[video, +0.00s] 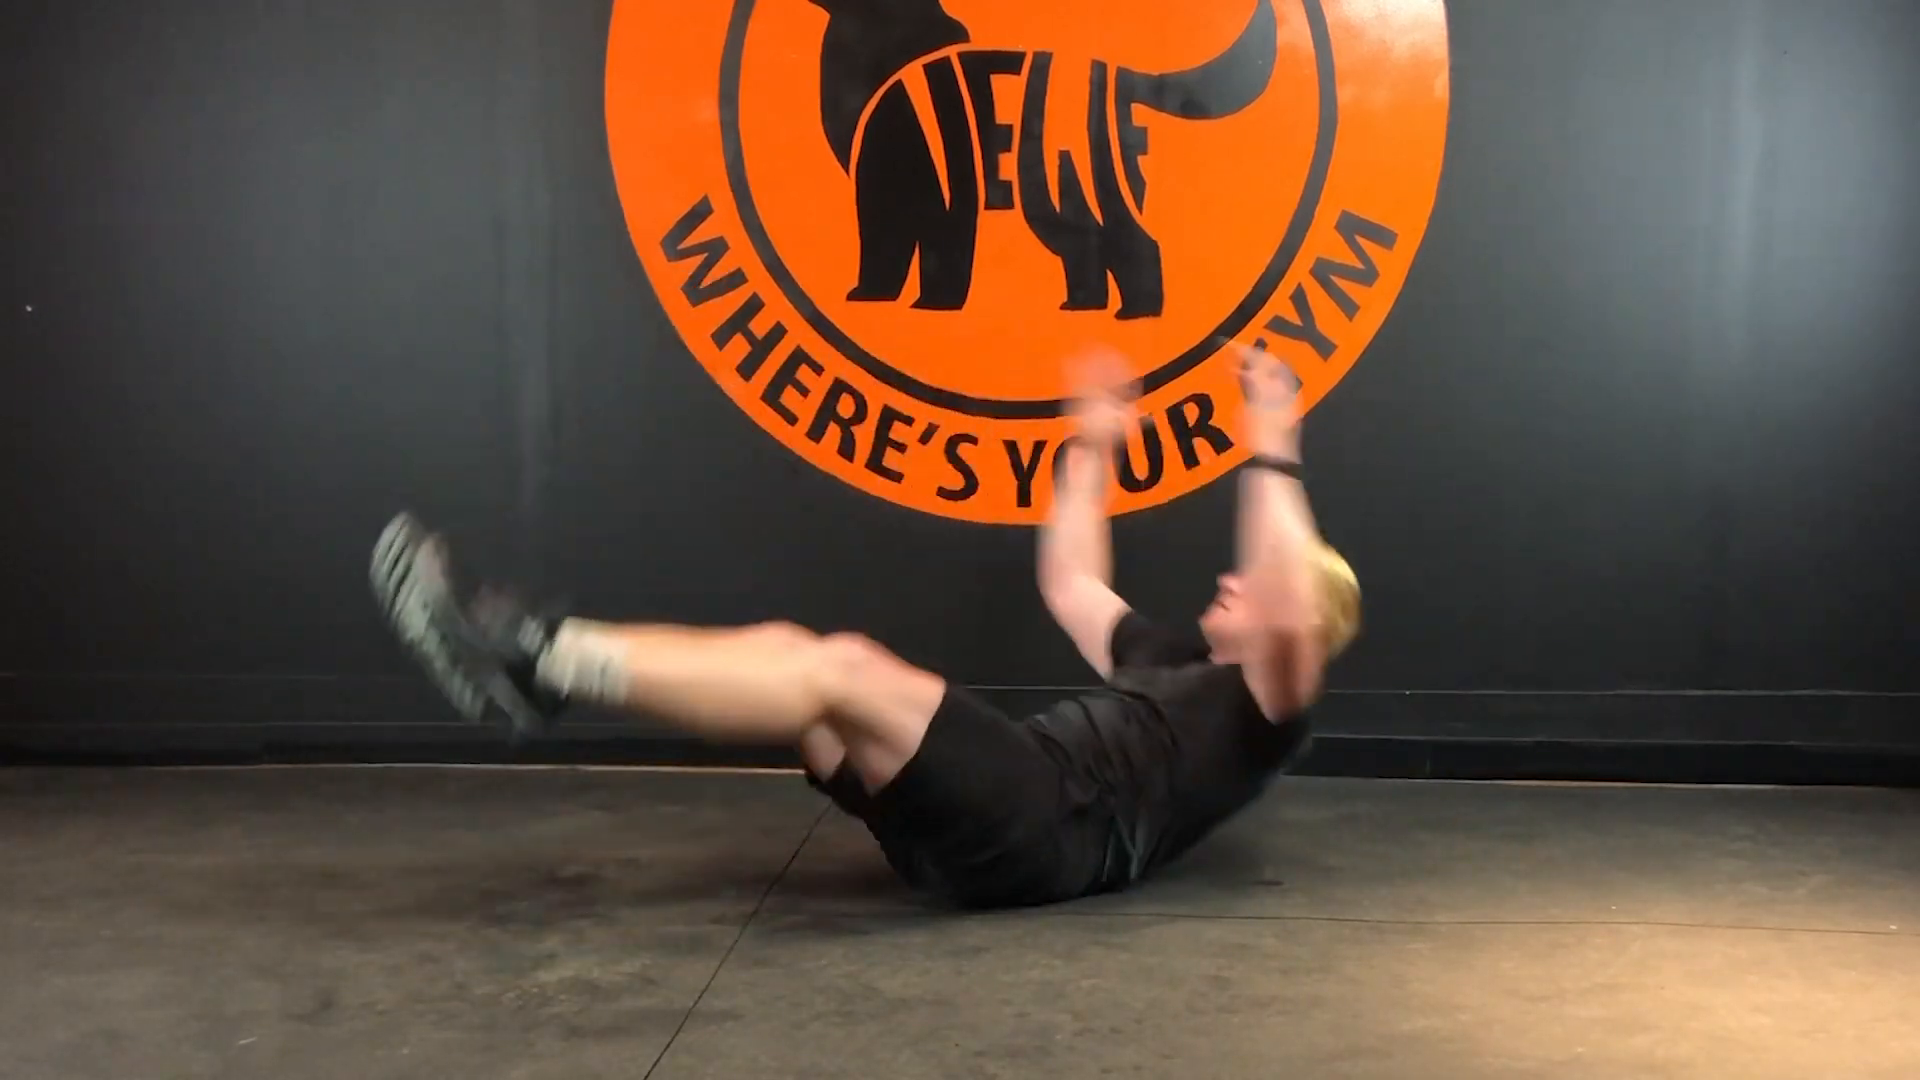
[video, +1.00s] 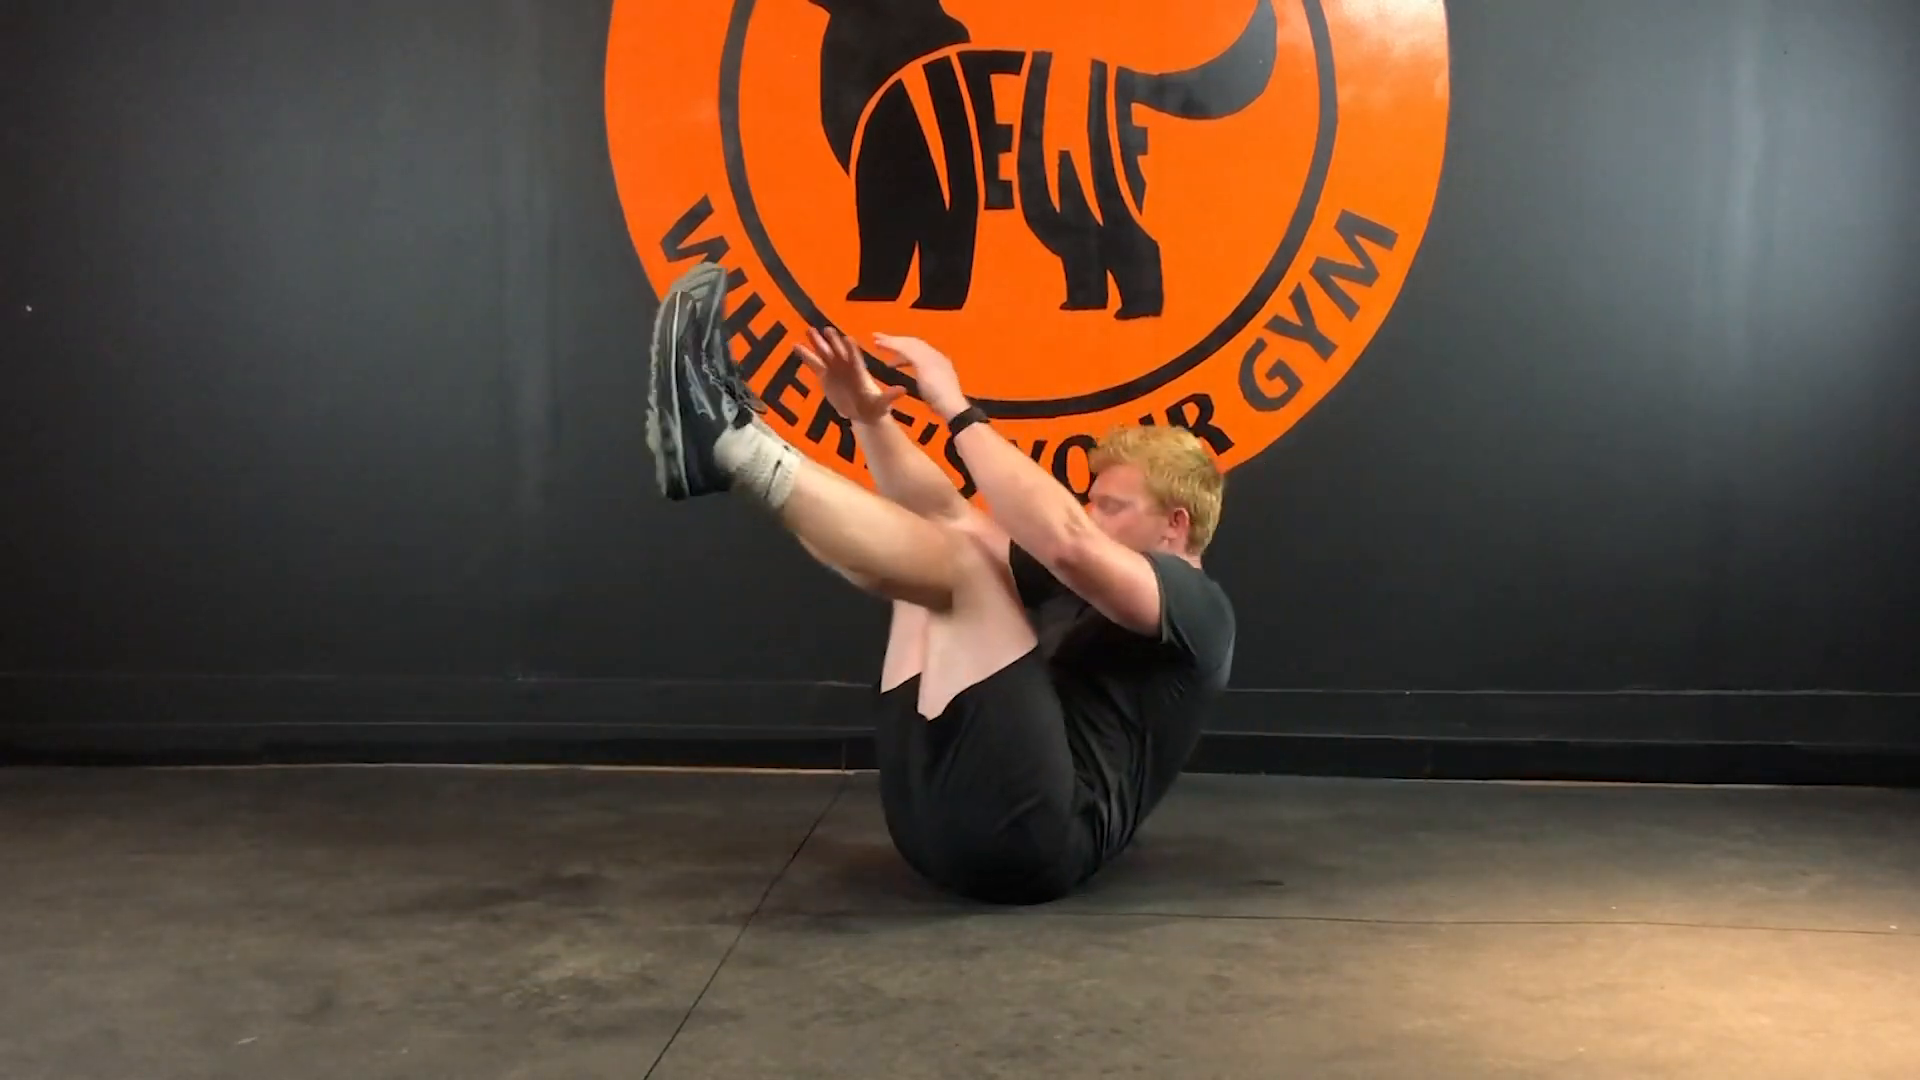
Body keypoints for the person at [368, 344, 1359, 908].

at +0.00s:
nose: (1223, 585)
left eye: (1253, 580)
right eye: (1236, 573)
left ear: (1302, 630)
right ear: (1233, 605)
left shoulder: (1257, 713)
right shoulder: (1169, 667)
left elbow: (1291, 621)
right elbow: (1076, 582)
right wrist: (1092, 445)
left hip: (1049, 826)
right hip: (986, 803)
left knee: (842, 667)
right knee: (794, 659)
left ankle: (547, 653)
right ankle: (519, 679)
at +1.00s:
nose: (1089, 518)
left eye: (1113, 509)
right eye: (1092, 504)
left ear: (1178, 530)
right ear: (1092, 507)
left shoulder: (1200, 610)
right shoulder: (1067, 584)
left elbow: (1067, 542)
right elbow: (951, 516)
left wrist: (956, 411)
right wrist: (870, 419)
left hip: (1032, 832)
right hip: (945, 823)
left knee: (968, 562)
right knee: (937, 553)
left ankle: (735, 444)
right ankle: (723, 445)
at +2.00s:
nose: (1290, 631)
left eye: (1315, 636)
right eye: (1298, 621)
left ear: (1347, 693)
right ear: (1291, 643)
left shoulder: (1302, 747)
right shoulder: (1215, 699)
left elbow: (1217, 666)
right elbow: (1097, 604)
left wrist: (1181, 526)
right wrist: (1079, 479)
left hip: (1052, 828)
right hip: (1008, 792)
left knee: (831, 692)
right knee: (794, 691)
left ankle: (538, 705)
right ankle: (529, 722)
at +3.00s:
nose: (1296, 659)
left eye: (1322, 668)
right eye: (1301, 653)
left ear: (1351, 716)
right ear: (1275, 679)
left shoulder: (1314, 778)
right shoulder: (1209, 736)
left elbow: (1453, 741)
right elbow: (1230, 686)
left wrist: (1500, 686)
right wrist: (1325, 644)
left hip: (1060, 811)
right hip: (995, 768)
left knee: (828, 784)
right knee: (773, 768)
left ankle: (512, 816)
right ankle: (512, 824)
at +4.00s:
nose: (1139, 538)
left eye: (1163, 529)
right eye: (1143, 524)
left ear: (1222, 565)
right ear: (1146, 529)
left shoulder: (1237, 659)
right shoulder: (1111, 610)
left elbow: (1139, 577)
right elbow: (995, 532)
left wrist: (1071, 415)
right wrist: (938, 405)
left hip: (1037, 832)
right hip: (961, 819)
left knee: (912, 599)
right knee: (855, 600)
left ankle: (636, 511)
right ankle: (611, 511)